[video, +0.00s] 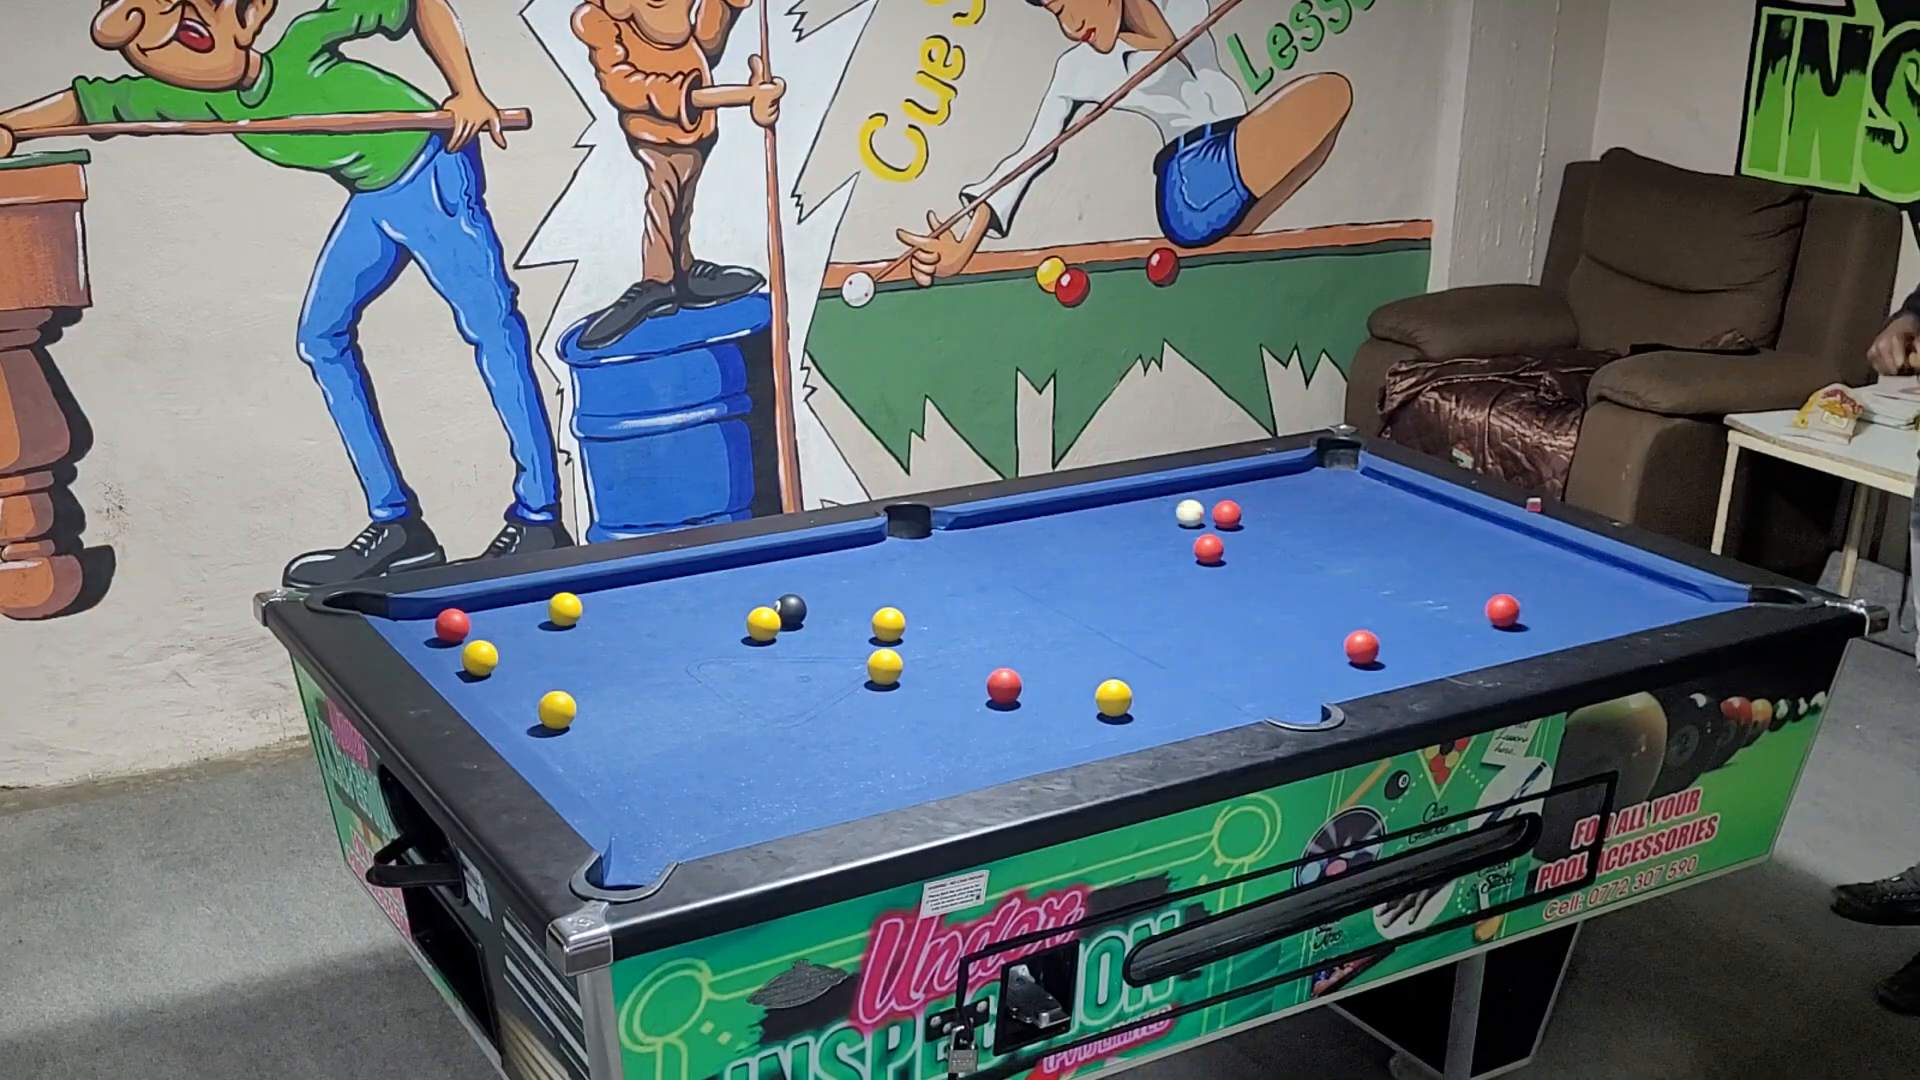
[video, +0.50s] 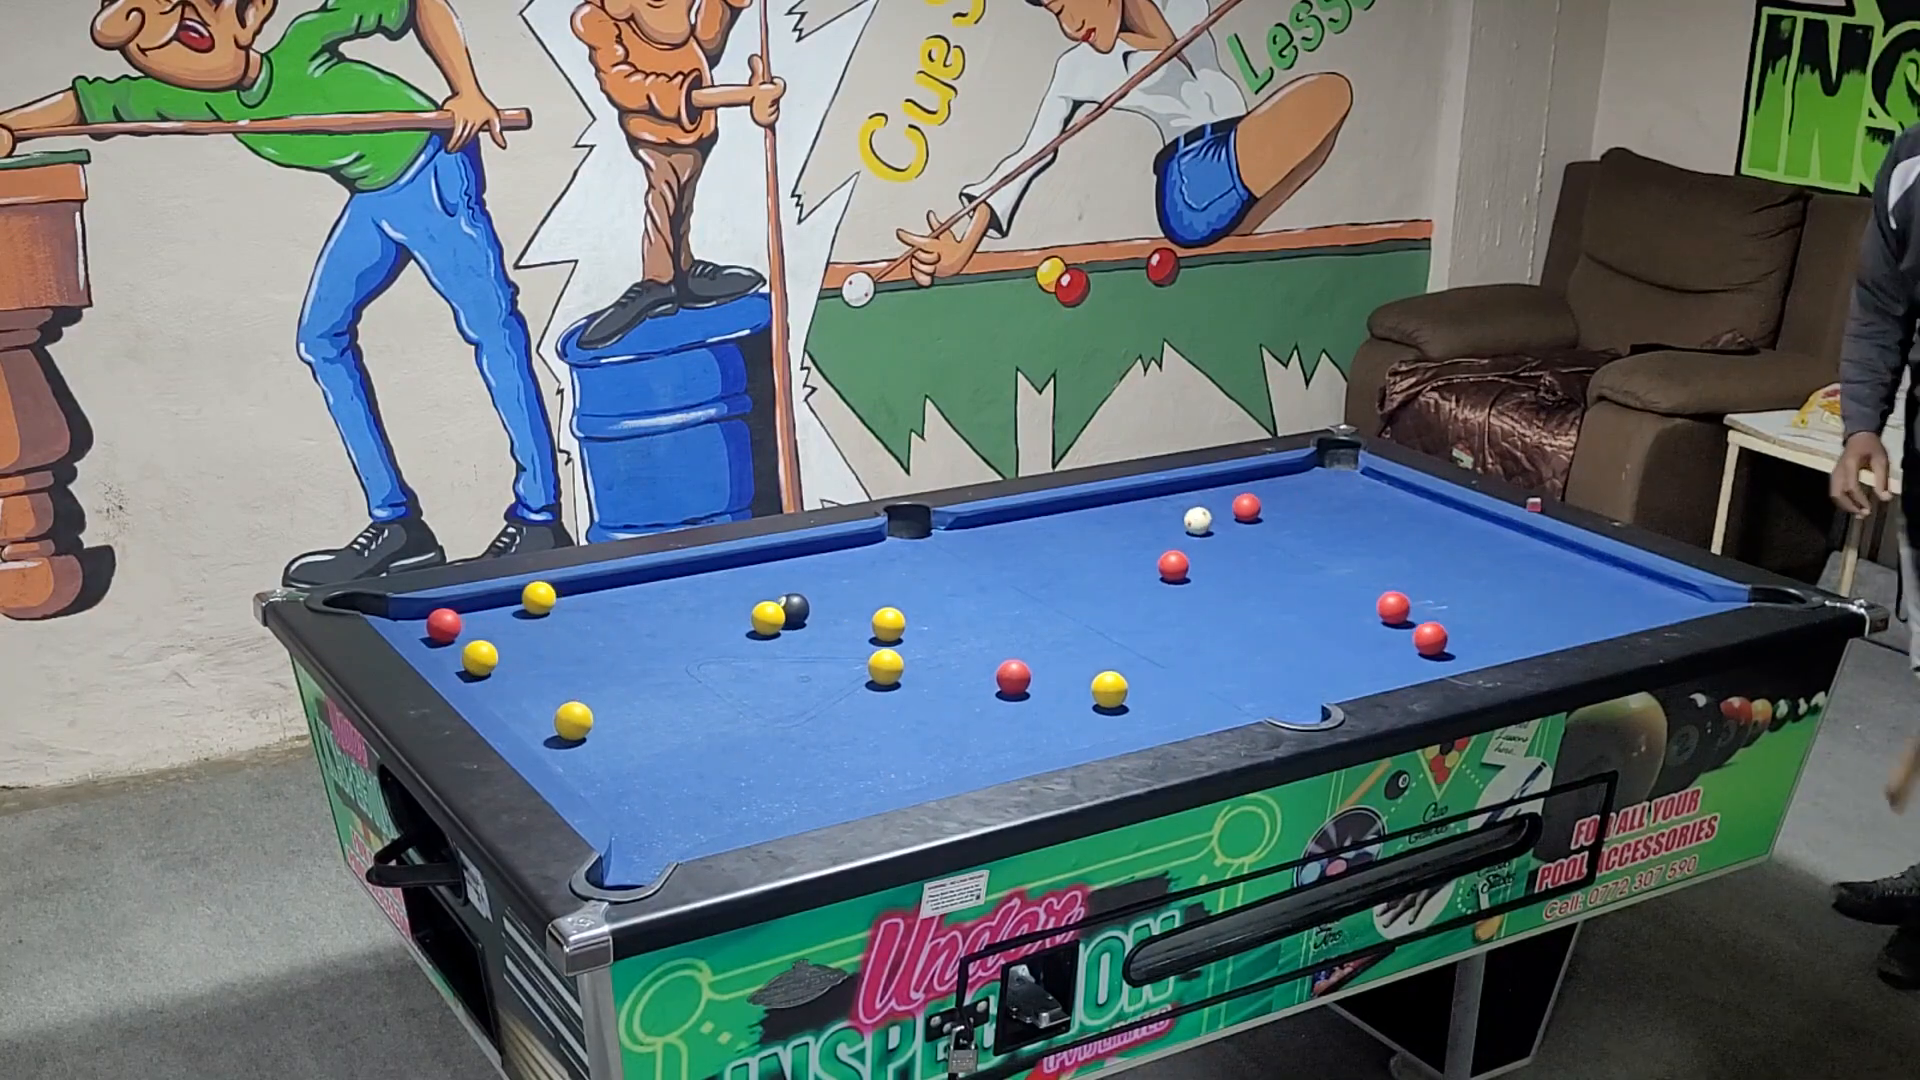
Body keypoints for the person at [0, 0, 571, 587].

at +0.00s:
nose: (208, 59)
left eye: (201, 44)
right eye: (190, 59)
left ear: (227, 24)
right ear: (184, 73)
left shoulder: (300, 37)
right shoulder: (211, 98)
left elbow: (418, 4)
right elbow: (90, 101)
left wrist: (466, 87)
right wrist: (9, 124)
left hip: (426, 165)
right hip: (369, 198)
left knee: (492, 329)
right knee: (322, 337)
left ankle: (541, 517)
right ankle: (397, 522)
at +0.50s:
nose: (208, 60)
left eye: (200, 44)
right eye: (190, 59)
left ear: (227, 24)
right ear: (184, 73)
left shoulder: (300, 37)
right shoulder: (211, 98)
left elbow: (419, 4)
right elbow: (90, 101)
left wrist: (466, 87)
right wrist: (9, 124)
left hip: (426, 165)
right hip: (369, 198)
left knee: (492, 329)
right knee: (322, 337)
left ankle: (541, 517)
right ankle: (397, 523)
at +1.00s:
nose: (205, 55)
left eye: (199, 41)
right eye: (189, 55)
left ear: (225, 21)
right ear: (184, 74)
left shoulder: (300, 37)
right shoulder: (213, 98)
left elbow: (418, 3)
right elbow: (91, 100)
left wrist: (466, 87)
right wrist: (10, 124)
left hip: (426, 165)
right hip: (369, 198)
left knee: (491, 327)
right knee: (322, 337)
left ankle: (541, 518)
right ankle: (397, 522)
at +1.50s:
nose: (205, 56)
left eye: (198, 42)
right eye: (189, 57)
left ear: (226, 21)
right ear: (184, 74)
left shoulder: (300, 37)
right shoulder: (212, 98)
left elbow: (418, 3)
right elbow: (91, 100)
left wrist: (466, 87)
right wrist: (11, 123)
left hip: (426, 165)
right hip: (369, 198)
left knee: (491, 327)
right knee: (322, 337)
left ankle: (541, 518)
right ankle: (397, 522)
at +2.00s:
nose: (204, 56)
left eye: (198, 41)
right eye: (189, 55)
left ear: (225, 21)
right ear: (184, 74)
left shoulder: (300, 36)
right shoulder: (213, 98)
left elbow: (418, 3)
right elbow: (91, 100)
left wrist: (466, 87)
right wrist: (11, 123)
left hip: (426, 165)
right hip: (369, 199)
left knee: (491, 327)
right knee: (322, 337)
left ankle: (541, 518)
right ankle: (397, 522)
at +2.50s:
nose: (201, 56)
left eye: (194, 41)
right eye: (186, 56)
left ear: (218, 21)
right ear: (183, 72)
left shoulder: (299, 37)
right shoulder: (218, 98)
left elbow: (417, 3)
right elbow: (94, 100)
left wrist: (467, 87)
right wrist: (10, 123)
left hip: (426, 163)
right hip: (369, 197)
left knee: (492, 329)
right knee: (321, 337)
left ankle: (541, 518)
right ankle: (397, 522)